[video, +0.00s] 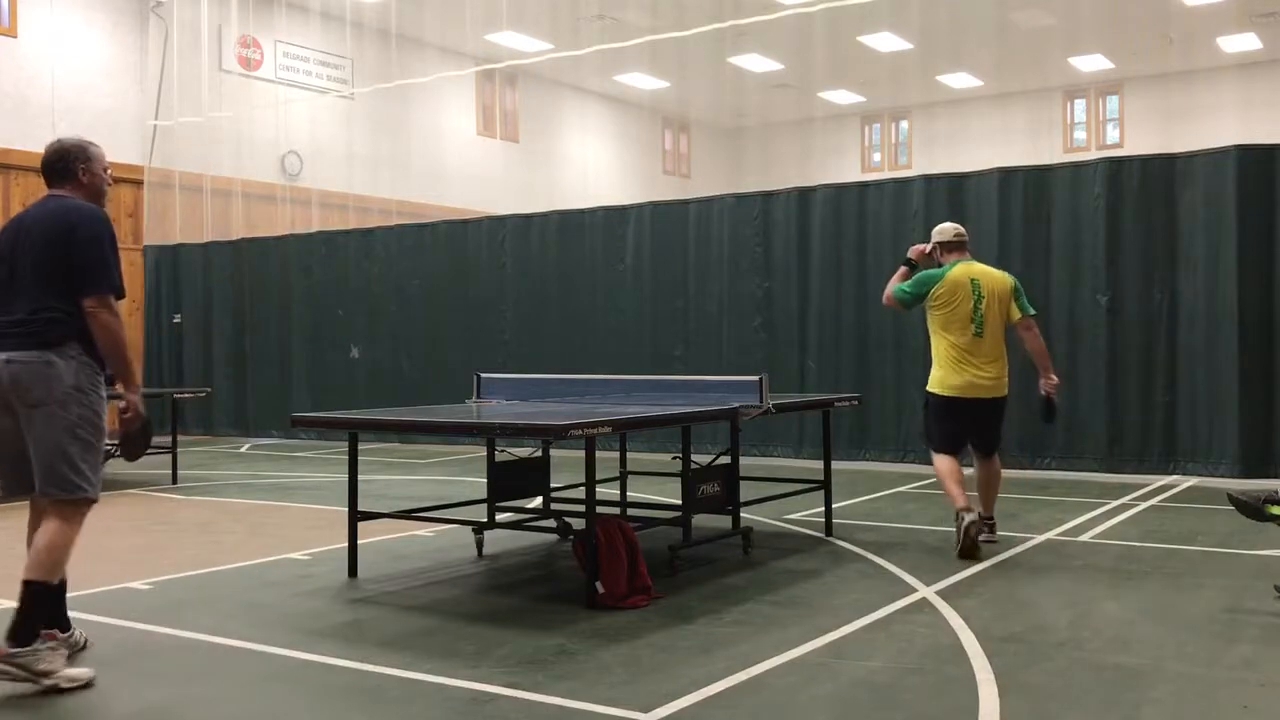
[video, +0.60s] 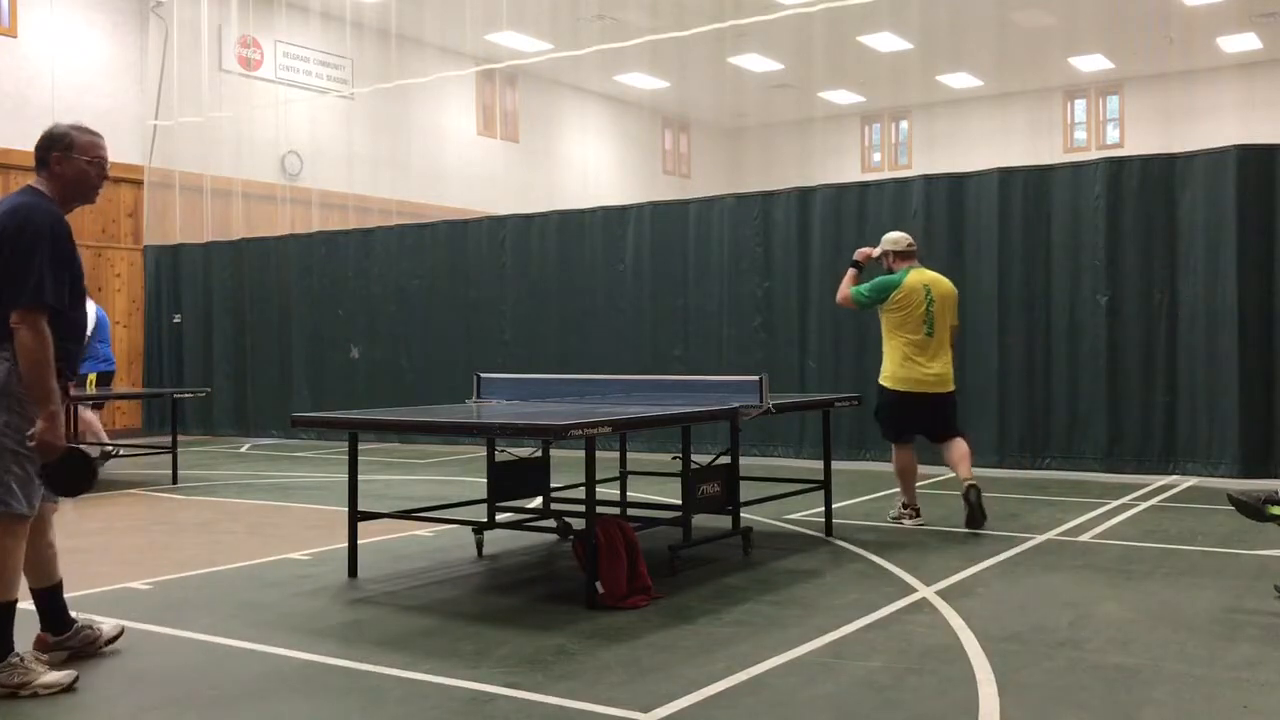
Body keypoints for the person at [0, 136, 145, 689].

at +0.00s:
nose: (110, 179)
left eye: (108, 170)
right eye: (105, 170)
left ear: (54, 176)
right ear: (84, 172)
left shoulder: (16, 224)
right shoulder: (88, 218)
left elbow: (15, 306)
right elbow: (98, 306)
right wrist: (130, 386)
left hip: (9, 366)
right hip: (57, 368)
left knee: (43, 503)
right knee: (70, 503)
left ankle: (54, 627)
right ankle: (22, 644)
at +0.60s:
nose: (104, 174)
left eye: (105, 165)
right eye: (94, 162)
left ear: (60, 164)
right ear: (55, 162)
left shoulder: (39, 215)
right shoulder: (33, 216)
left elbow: (36, 322)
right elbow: (28, 321)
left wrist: (65, 402)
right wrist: (50, 411)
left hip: (24, 385)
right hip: (14, 388)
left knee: (36, 509)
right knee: (13, 517)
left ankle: (58, 628)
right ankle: (6, 660)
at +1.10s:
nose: (111, 169)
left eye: (110, 159)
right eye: (100, 158)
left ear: (67, 165)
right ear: (63, 163)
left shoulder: (57, 219)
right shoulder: (38, 219)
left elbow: (56, 322)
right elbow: (29, 323)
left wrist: (81, 404)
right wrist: (49, 411)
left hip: (56, 390)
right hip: (27, 390)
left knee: (67, 499)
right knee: (21, 514)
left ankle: (62, 628)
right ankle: (6, 658)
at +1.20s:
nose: (118, 171)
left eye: (115, 161)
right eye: (108, 161)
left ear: (74, 170)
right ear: (73, 168)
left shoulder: (58, 220)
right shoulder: (49, 223)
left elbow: (69, 325)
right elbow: (41, 325)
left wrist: (92, 404)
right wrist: (63, 411)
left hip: (58, 381)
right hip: (33, 382)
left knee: (81, 499)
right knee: (29, 517)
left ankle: (63, 629)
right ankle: (5, 658)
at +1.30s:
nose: (124, 174)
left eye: (121, 164)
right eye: (117, 164)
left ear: (80, 169)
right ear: (88, 168)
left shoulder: (57, 221)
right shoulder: (59, 225)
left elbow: (77, 326)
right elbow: (55, 326)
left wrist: (105, 401)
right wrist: (83, 411)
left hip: (58, 379)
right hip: (42, 382)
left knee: (95, 493)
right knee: (41, 513)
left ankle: (64, 629)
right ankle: (5, 656)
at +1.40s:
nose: (127, 178)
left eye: (125, 169)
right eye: (121, 169)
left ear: (83, 171)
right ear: (95, 172)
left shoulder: (58, 221)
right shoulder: (67, 226)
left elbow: (75, 321)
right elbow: (69, 324)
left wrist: (111, 386)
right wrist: (99, 406)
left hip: (58, 377)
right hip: (53, 381)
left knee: (98, 499)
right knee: (56, 513)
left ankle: (65, 629)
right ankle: (7, 652)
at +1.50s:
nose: (130, 175)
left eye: (128, 167)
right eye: (125, 167)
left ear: (81, 171)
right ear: (102, 171)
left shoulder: (57, 221)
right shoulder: (78, 225)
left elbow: (69, 314)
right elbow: (82, 321)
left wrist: (128, 355)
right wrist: (115, 400)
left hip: (61, 374)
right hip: (65, 377)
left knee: (94, 503)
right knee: (78, 510)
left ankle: (66, 628)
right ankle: (11, 645)